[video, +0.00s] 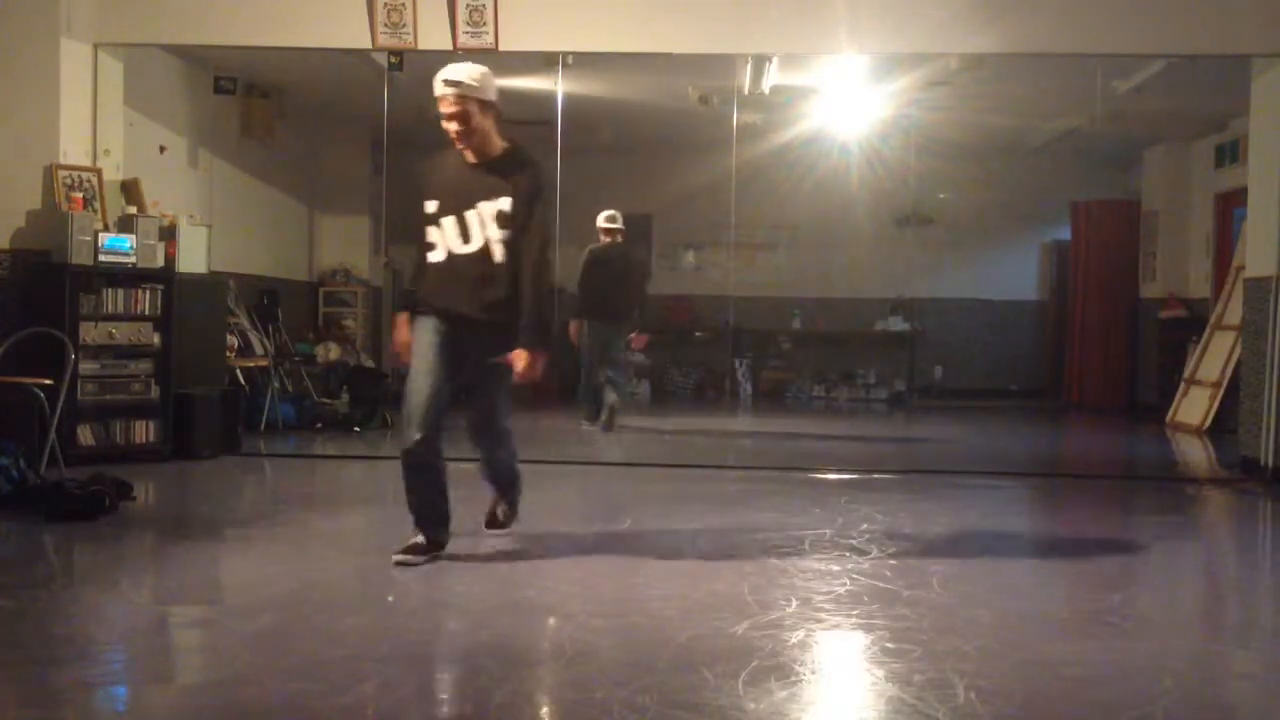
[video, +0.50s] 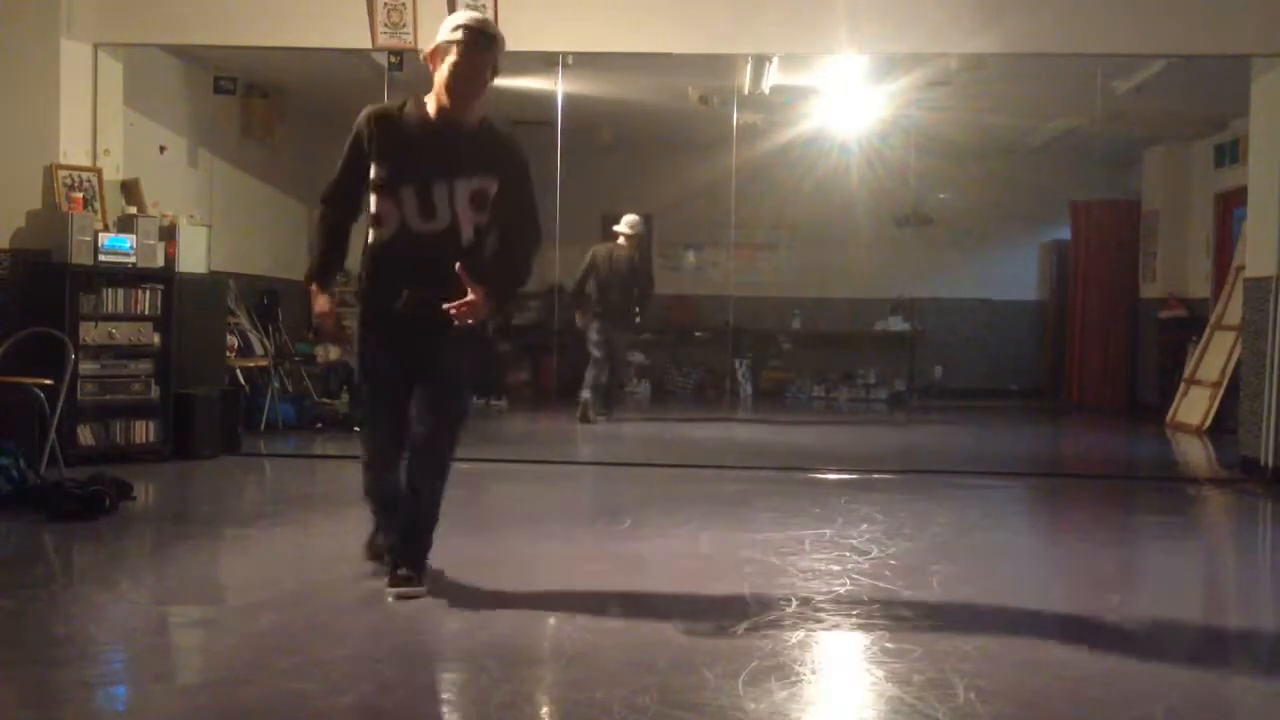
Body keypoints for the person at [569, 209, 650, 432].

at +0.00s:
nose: (604, 235)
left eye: (603, 232)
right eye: (608, 232)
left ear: (600, 232)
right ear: (621, 231)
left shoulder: (594, 253)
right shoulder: (632, 255)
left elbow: (583, 290)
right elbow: (640, 292)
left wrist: (576, 318)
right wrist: (640, 325)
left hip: (596, 317)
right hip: (622, 317)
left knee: (591, 365)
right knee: (616, 361)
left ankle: (590, 411)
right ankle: (613, 397)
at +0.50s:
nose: (636, 241)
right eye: (636, 236)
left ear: (618, 231)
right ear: (637, 236)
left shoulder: (598, 252)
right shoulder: (638, 259)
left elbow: (579, 283)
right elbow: (645, 290)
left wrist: (579, 308)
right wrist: (641, 313)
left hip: (597, 316)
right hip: (622, 318)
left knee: (596, 360)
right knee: (617, 365)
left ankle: (586, 396)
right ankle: (608, 407)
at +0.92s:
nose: (636, 245)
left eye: (637, 241)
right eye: (636, 241)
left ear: (629, 239)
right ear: (649, 240)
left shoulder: (618, 260)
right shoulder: (655, 262)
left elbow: (607, 289)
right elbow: (661, 292)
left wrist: (606, 310)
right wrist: (657, 316)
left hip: (616, 315)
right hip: (640, 317)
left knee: (611, 361)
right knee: (633, 363)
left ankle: (607, 403)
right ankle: (626, 404)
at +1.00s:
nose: (644, 240)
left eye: (646, 236)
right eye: (644, 235)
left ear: (642, 234)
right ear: (658, 235)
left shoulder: (628, 253)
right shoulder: (662, 254)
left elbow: (614, 279)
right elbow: (666, 284)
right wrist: (664, 307)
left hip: (626, 307)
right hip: (649, 310)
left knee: (618, 353)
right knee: (645, 356)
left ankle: (609, 395)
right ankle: (638, 398)